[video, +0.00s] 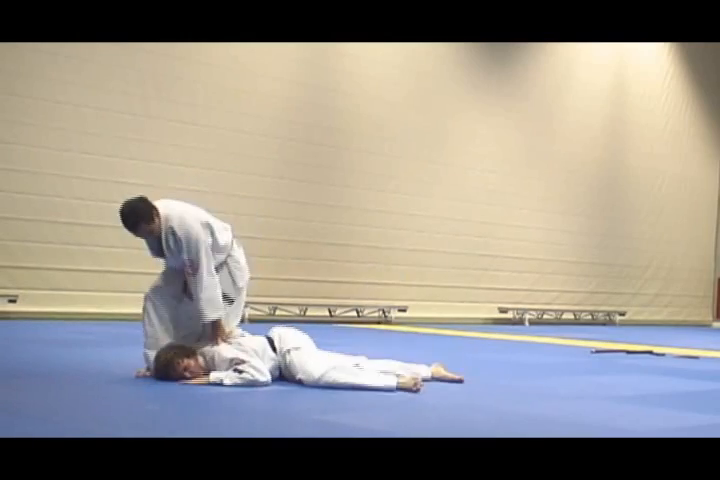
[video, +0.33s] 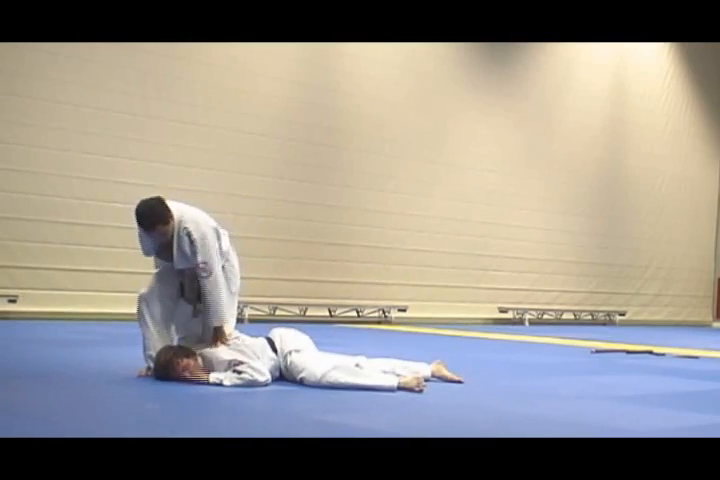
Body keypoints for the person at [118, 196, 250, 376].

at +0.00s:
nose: (144, 236)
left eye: (145, 231)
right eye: (139, 234)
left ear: (153, 219)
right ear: (133, 231)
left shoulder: (187, 226)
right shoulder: (151, 226)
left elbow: (204, 274)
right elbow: (170, 256)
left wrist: (215, 320)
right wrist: (183, 276)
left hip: (223, 264)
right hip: (182, 268)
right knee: (155, 300)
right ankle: (158, 364)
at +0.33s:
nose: (159, 239)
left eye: (163, 233)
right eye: (153, 235)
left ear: (170, 221)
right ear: (145, 230)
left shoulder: (196, 229)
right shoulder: (146, 228)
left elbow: (211, 277)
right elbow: (158, 258)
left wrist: (218, 324)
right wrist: (184, 277)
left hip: (215, 265)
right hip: (175, 268)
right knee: (149, 301)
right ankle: (155, 363)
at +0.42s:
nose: (159, 233)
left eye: (163, 227)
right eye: (153, 229)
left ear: (171, 217)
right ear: (146, 226)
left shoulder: (195, 226)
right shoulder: (143, 229)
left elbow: (213, 271)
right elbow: (155, 266)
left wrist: (219, 319)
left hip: (205, 269)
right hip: (169, 270)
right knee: (145, 301)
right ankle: (156, 364)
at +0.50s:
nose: (162, 224)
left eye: (166, 219)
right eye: (156, 221)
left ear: (173, 210)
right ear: (148, 218)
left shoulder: (196, 222)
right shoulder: (138, 229)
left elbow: (218, 263)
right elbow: (147, 264)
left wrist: (215, 301)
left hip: (208, 270)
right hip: (170, 272)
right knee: (143, 299)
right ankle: (154, 365)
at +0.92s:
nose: (198, 197)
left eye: (202, 192)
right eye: (193, 193)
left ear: (210, 184)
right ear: (185, 186)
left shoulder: (227, 198)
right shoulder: (168, 199)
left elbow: (241, 234)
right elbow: (160, 237)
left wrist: (224, 256)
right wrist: (176, 270)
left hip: (214, 252)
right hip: (179, 249)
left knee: (215, 301)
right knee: (163, 296)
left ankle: (216, 356)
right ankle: (156, 356)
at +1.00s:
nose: (207, 204)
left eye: (212, 198)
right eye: (201, 199)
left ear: (219, 193)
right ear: (193, 195)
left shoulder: (232, 207)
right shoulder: (175, 207)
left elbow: (246, 245)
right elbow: (168, 248)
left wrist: (226, 266)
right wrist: (182, 287)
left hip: (216, 257)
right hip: (182, 256)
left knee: (217, 309)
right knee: (162, 292)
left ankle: (217, 358)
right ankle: (171, 351)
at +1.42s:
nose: (208, 247)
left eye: (212, 242)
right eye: (204, 243)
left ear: (219, 237)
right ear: (196, 238)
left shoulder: (230, 238)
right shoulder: (186, 252)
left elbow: (249, 257)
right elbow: (184, 294)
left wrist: (230, 273)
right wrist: (185, 340)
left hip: (216, 280)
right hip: (190, 284)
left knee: (220, 293)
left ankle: (222, 343)